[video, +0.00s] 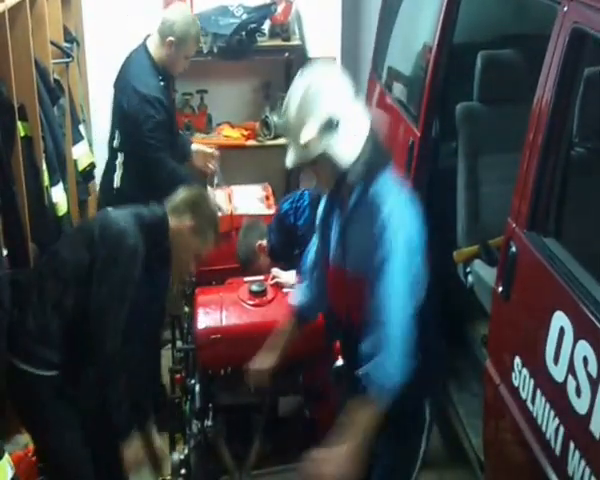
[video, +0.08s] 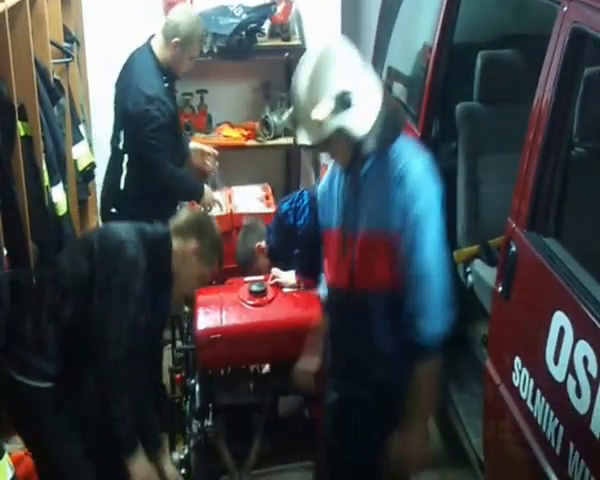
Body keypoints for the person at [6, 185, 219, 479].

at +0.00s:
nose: (192, 267)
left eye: (198, 258)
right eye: (196, 255)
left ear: (184, 225)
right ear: (184, 227)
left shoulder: (154, 248)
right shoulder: (123, 240)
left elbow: (144, 345)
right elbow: (110, 343)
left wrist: (150, 424)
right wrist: (125, 433)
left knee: (109, 463)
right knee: (76, 467)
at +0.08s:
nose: (193, 293)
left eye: (202, 284)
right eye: (200, 279)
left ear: (187, 249)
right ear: (189, 250)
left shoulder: (155, 267)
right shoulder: (125, 253)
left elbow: (147, 369)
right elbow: (115, 360)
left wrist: (159, 451)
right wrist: (132, 455)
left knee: (109, 465)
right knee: (73, 470)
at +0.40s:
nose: (199, 350)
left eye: (207, 344)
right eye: (205, 340)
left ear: (193, 310)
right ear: (194, 312)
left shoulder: (154, 306)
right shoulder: (130, 311)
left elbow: (149, 404)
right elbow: (120, 412)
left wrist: (169, 472)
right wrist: (135, 473)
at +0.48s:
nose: (198, 357)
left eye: (207, 351)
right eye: (205, 347)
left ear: (193, 318)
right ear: (195, 322)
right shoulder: (128, 325)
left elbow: (151, 409)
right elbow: (117, 426)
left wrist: (170, 472)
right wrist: (130, 474)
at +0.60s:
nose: (198, 372)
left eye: (205, 367)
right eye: (205, 363)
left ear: (192, 330)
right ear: (194, 336)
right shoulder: (124, 340)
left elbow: (155, 414)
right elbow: (109, 438)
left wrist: (174, 472)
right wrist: (121, 475)